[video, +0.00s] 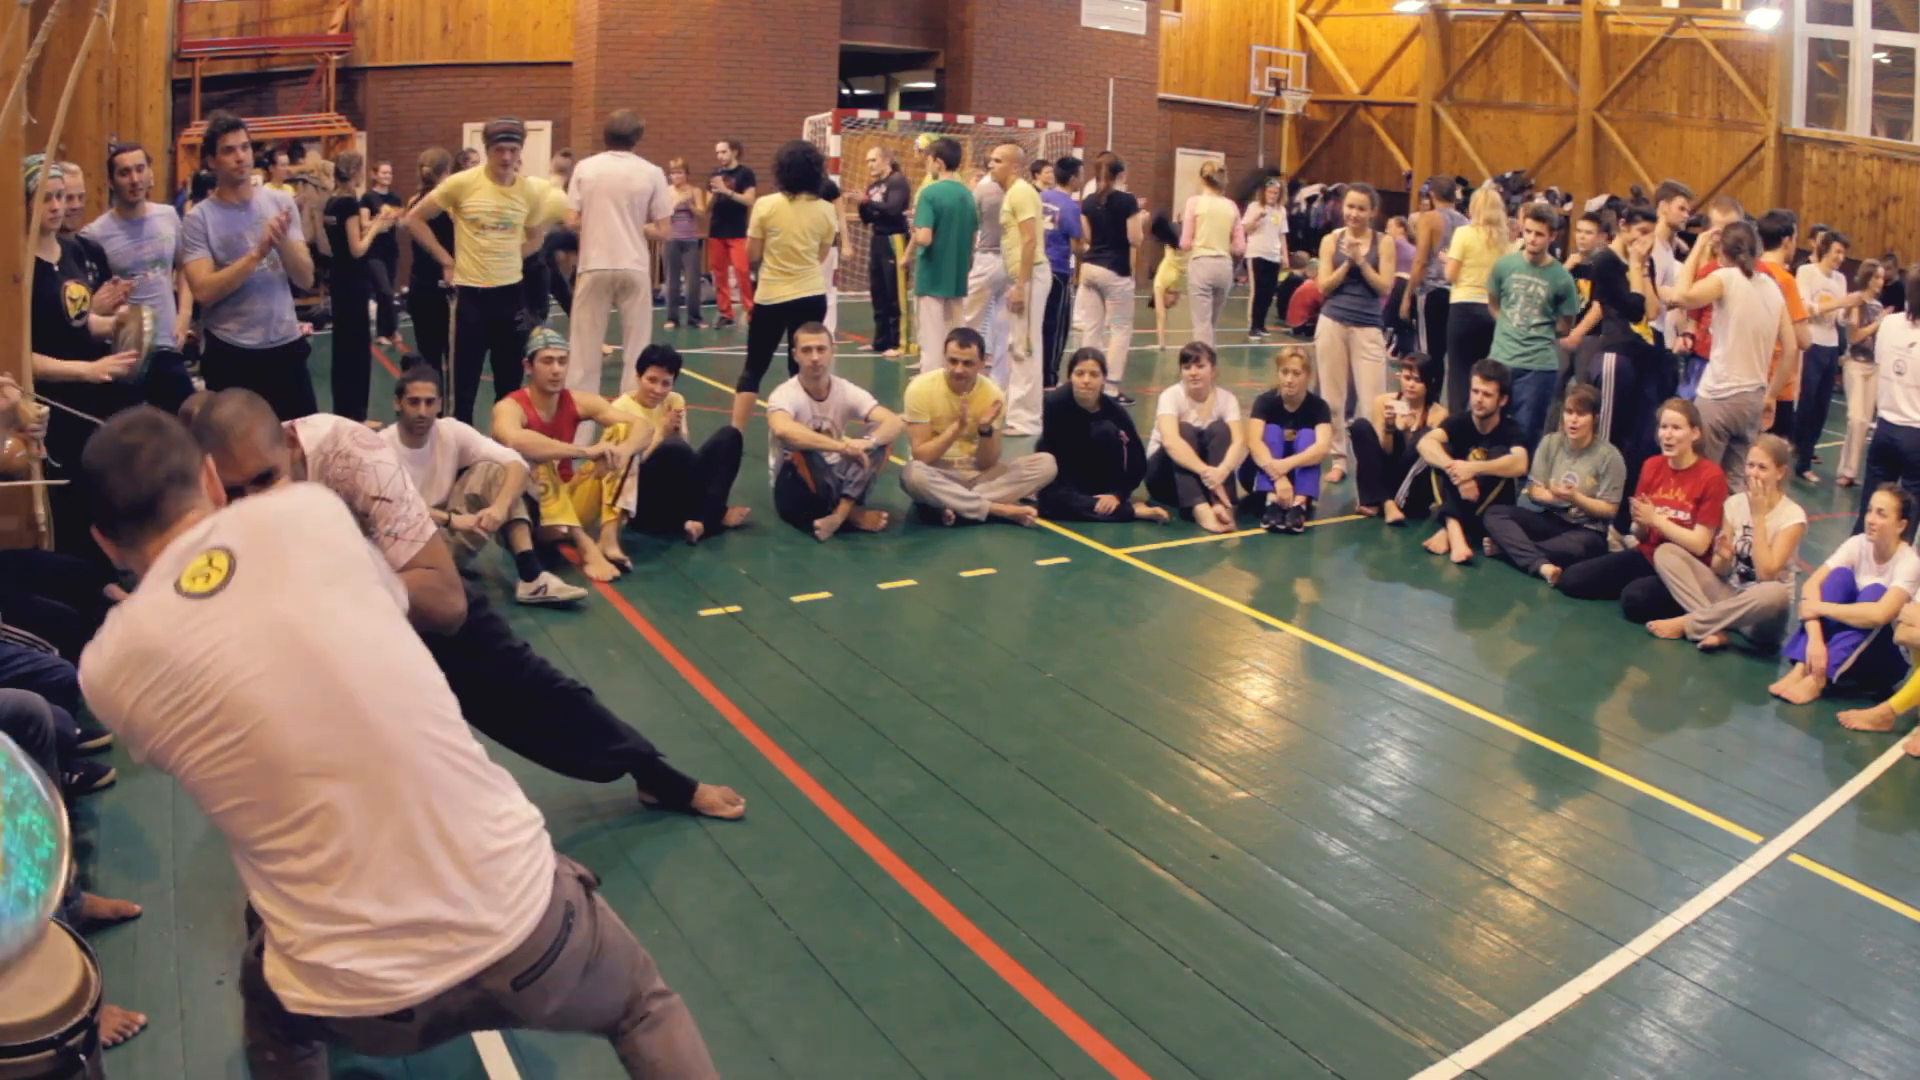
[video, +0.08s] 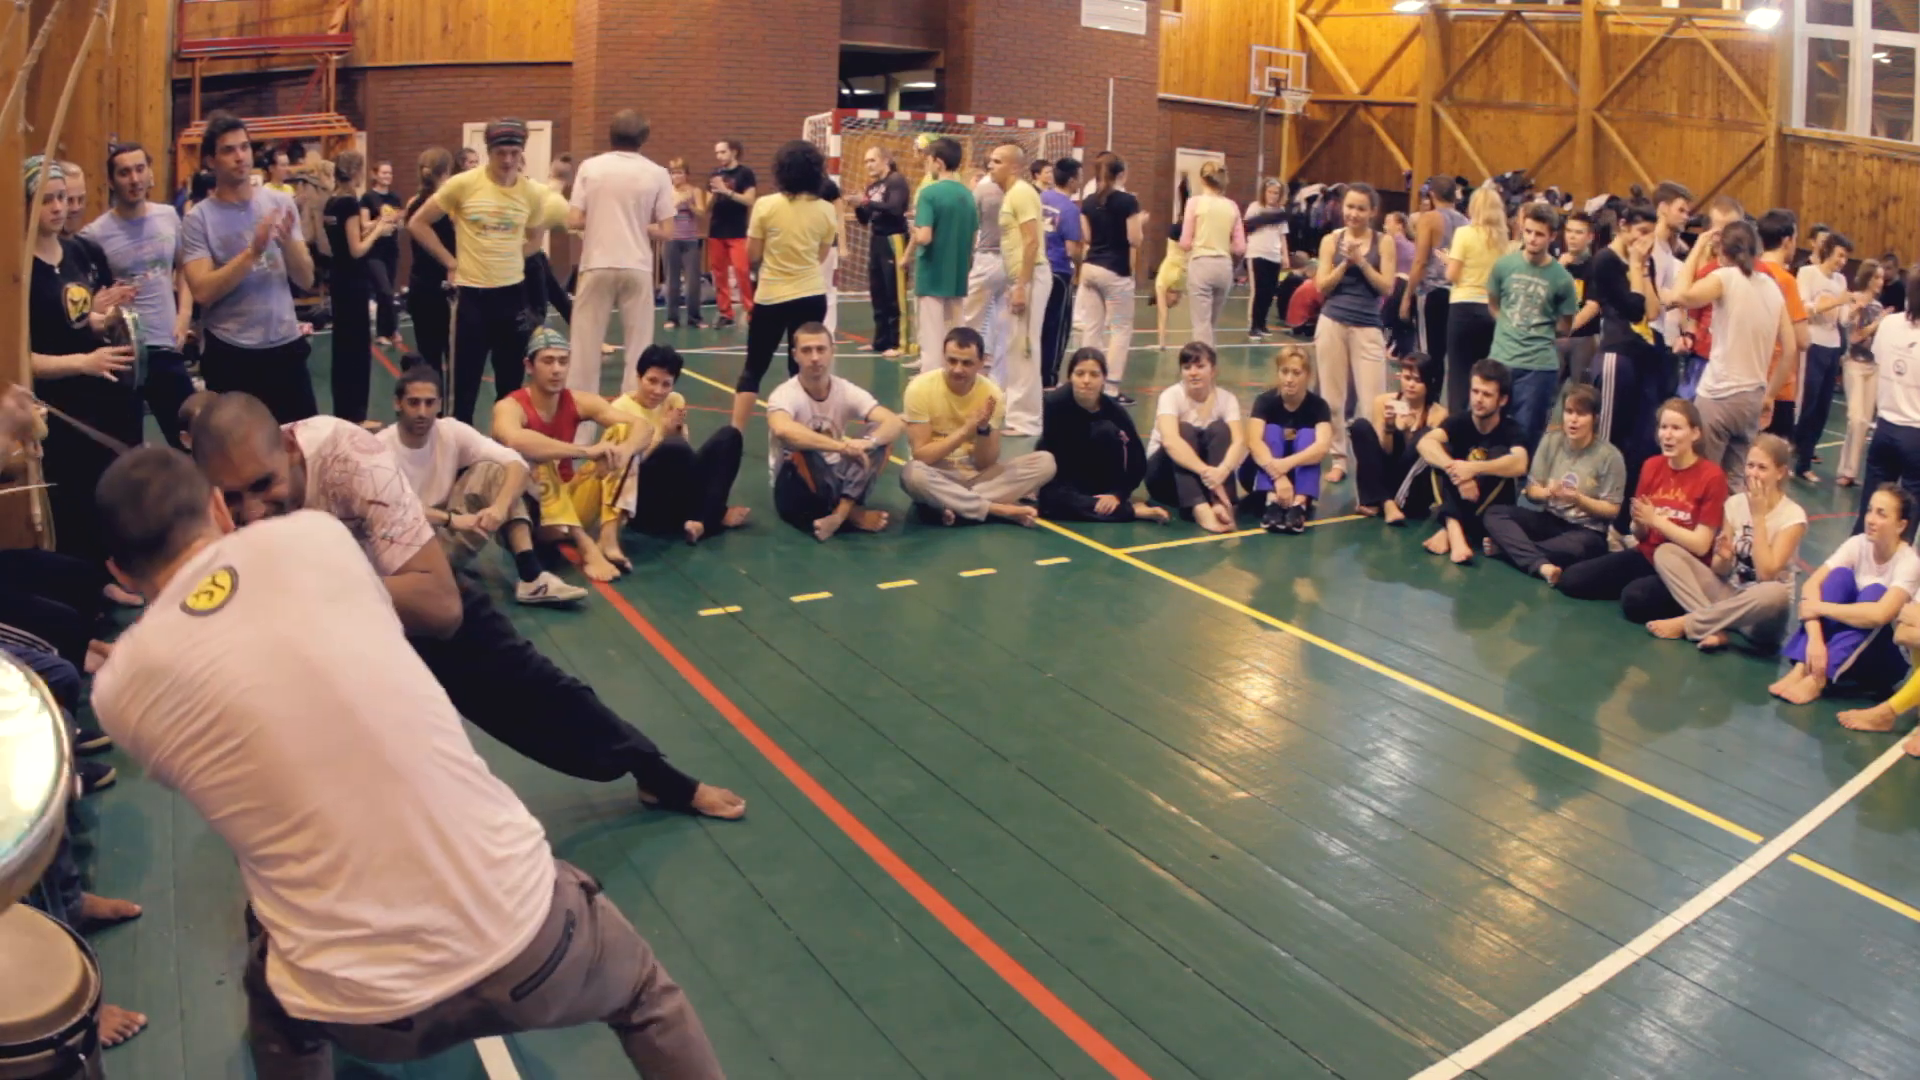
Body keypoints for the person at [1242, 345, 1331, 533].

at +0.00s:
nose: (1289, 379)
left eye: (1296, 374)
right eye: (1284, 373)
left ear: (1307, 376)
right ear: (1278, 374)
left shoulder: (1318, 406)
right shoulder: (1264, 402)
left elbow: (1322, 449)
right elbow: (1253, 442)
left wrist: (1284, 465)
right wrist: (1279, 478)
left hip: (1299, 481)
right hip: (1262, 478)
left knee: (1307, 435)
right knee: (1272, 430)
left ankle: (1300, 501)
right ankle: (1272, 500)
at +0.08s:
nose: (1289, 379)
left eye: (1296, 373)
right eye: (1284, 372)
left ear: (1307, 376)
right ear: (1278, 373)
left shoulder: (1318, 405)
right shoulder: (1265, 401)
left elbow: (1323, 447)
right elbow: (1253, 441)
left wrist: (1284, 464)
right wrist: (1279, 478)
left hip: (1299, 481)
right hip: (1262, 477)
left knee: (1307, 434)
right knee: (1272, 430)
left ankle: (1300, 501)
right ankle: (1272, 500)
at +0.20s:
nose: (1289, 377)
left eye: (1295, 372)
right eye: (1284, 371)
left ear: (1307, 375)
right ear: (1277, 373)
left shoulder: (1318, 405)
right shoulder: (1264, 401)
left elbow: (1322, 446)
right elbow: (1254, 440)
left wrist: (1285, 463)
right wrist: (1279, 477)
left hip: (1299, 481)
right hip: (1262, 477)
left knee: (1307, 434)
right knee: (1273, 430)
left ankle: (1300, 501)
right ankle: (1272, 500)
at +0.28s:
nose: (1288, 377)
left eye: (1294, 372)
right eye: (1283, 371)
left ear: (1306, 374)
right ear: (1277, 372)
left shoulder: (1317, 404)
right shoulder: (1264, 401)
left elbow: (1322, 444)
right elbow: (1254, 440)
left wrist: (1286, 462)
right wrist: (1279, 476)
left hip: (1299, 481)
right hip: (1263, 477)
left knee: (1305, 434)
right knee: (1273, 431)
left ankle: (1299, 501)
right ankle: (1273, 499)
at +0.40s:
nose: (1286, 376)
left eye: (1293, 371)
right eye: (1282, 370)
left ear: (1305, 374)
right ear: (1276, 372)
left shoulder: (1317, 403)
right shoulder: (1263, 401)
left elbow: (1322, 443)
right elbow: (1253, 439)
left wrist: (1286, 461)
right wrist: (1279, 475)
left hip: (1299, 481)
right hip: (1262, 477)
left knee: (1306, 434)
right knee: (1273, 430)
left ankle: (1299, 501)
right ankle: (1272, 499)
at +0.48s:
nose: (1285, 376)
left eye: (1292, 371)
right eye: (1280, 370)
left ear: (1304, 373)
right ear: (1275, 372)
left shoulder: (1317, 404)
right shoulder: (1263, 401)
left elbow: (1322, 444)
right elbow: (1253, 439)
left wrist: (1286, 462)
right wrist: (1279, 476)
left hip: (1299, 481)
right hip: (1262, 477)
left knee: (1306, 434)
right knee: (1272, 430)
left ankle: (1299, 501)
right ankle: (1273, 499)